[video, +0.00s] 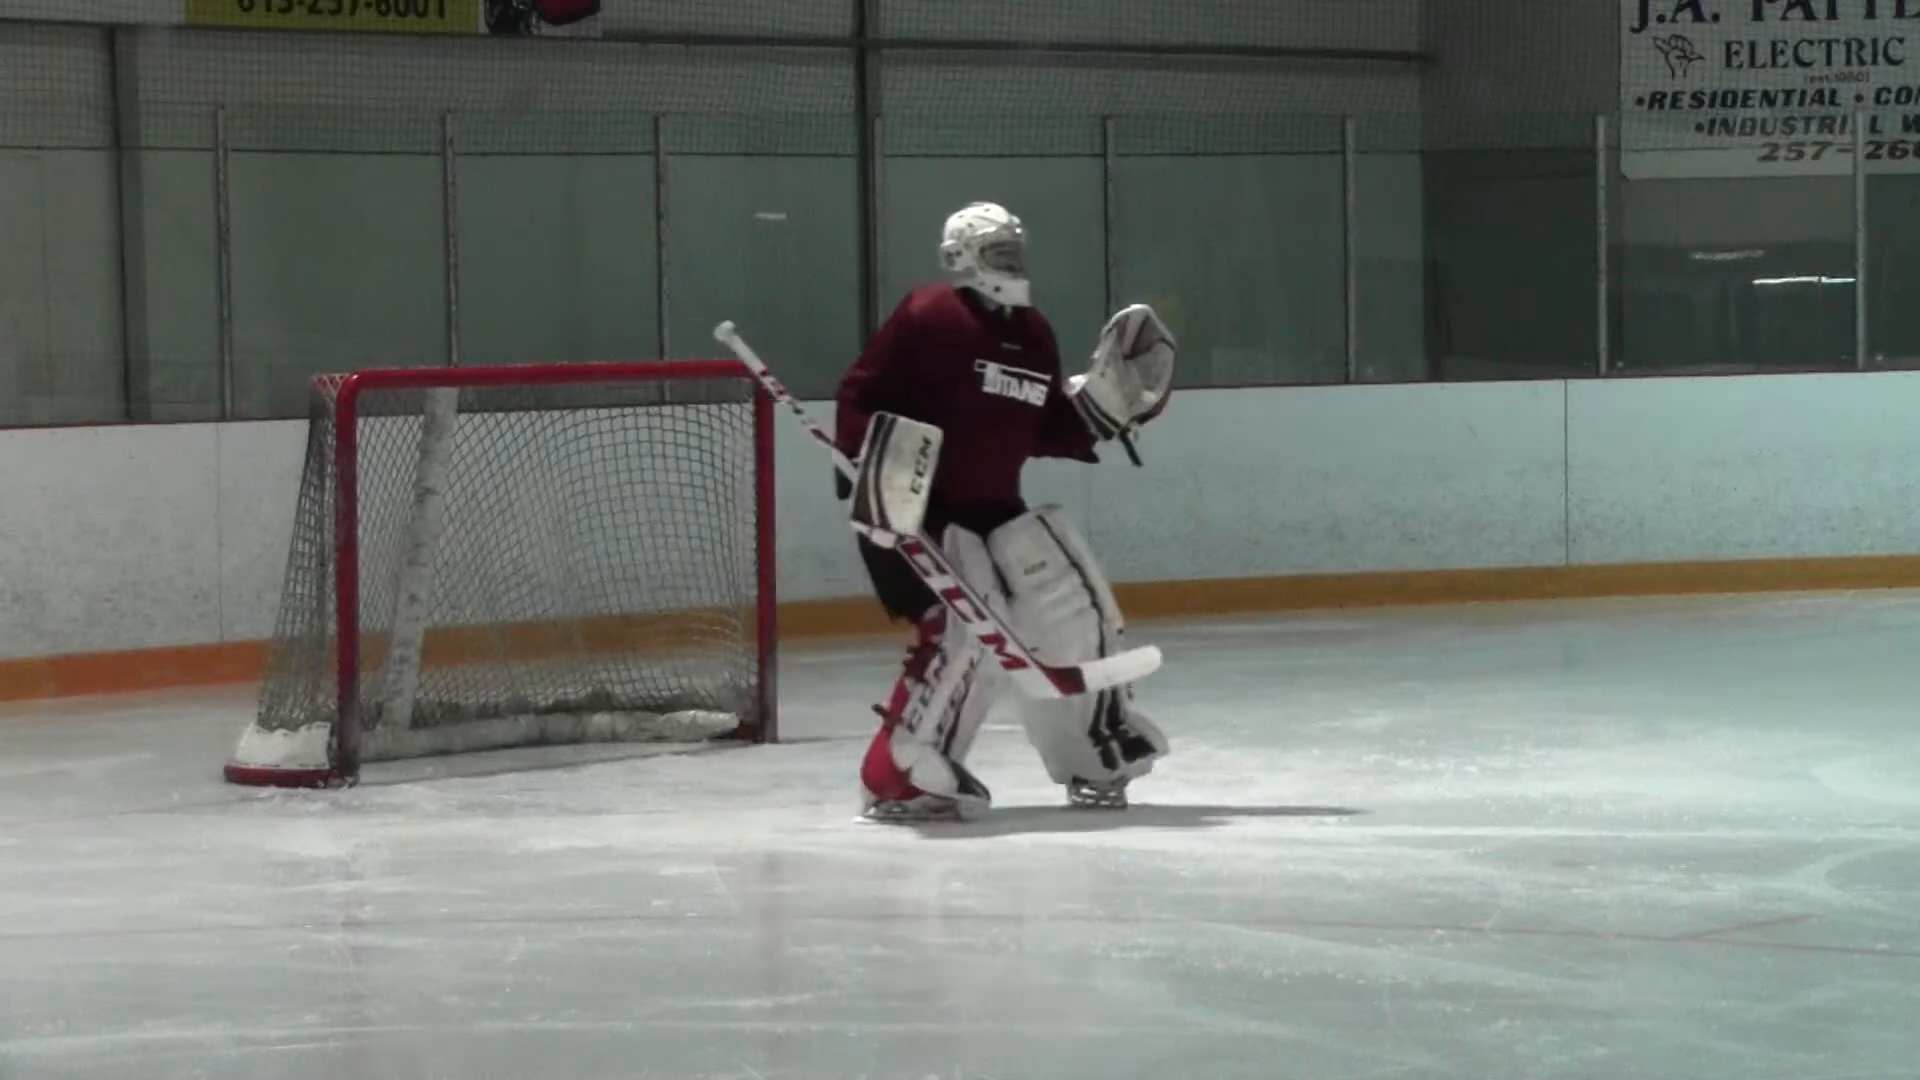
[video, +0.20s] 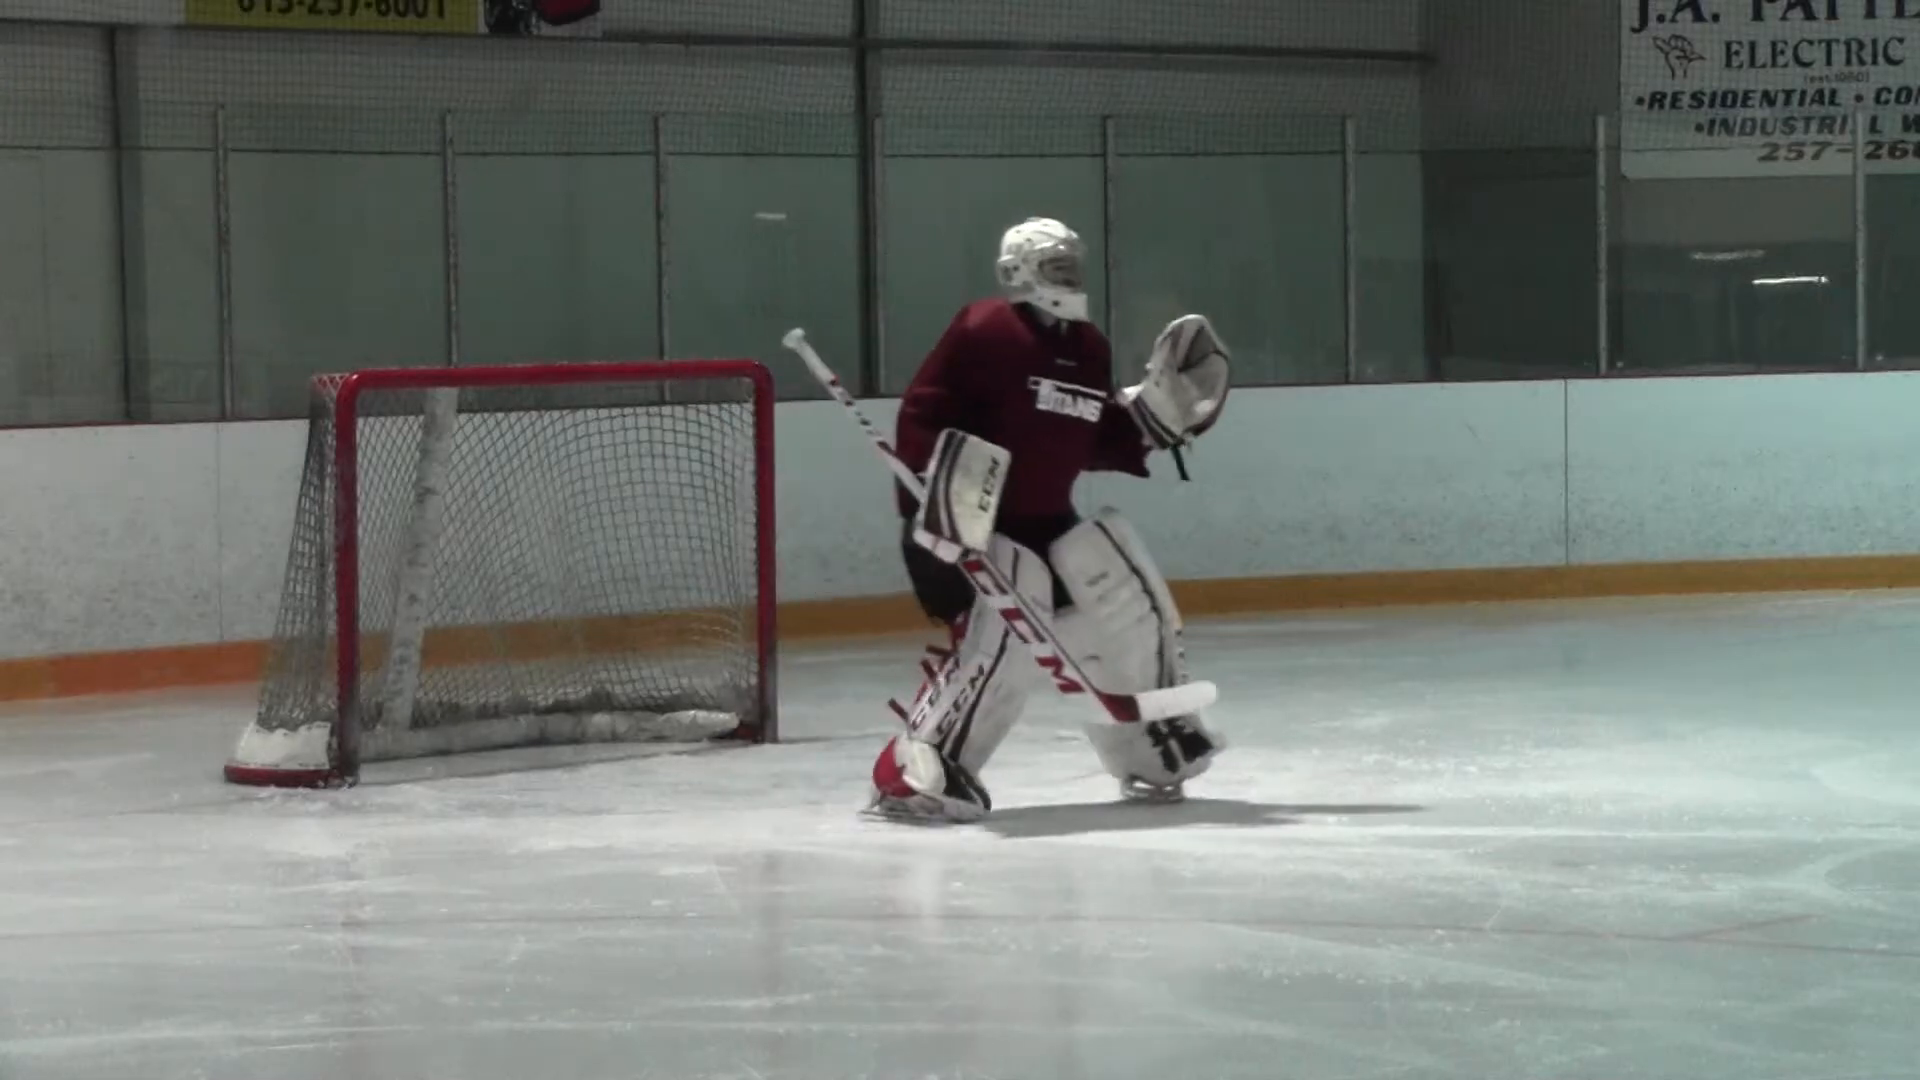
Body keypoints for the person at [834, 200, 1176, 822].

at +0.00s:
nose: (1011, 266)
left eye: (1015, 254)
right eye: (996, 256)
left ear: (1021, 255)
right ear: (962, 261)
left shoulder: (1034, 333)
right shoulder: (929, 316)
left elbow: (1043, 429)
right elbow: (858, 395)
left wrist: (1107, 405)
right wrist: (873, 478)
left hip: (1002, 514)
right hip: (930, 513)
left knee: (1060, 624)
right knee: (963, 636)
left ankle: (1091, 756)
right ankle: (904, 770)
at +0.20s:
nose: (1068, 276)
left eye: (1072, 266)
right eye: (1053, 267)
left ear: (1078, 270)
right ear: (1018, 274)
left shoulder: (1088, 347)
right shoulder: (984, 330)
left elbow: (1088, 439)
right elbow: (918, 422)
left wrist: (1155, 420)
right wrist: (936, 520)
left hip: (1055, 530)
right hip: (981, 529)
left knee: (1121, 621)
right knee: (1000, 647)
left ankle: (1148, 759)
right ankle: (920, 772)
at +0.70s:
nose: (1184, 298)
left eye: (1188, 288)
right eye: (1170, 288)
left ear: (1194, 291)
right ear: (1135, 293)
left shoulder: (1190, 367)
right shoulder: (1103, 344)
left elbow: (1183, 456)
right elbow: (1027, 420)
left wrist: (1250, 442)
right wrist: (1077, 474)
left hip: (1133, 523)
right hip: (1049, 517)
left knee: (1199, 610)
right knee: (1108, 627)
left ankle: (1237, 736)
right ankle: (1043, 758)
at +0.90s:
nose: (1207, 311)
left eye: (1210, 299)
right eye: (1194, 301)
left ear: (1213, 301)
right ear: (1159, 306)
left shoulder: (1208, 377)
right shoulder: (1131, 356)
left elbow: (1199, 464)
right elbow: (1055, 432)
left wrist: (1264, 448)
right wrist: (1106, 483)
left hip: (1155, 540)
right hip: (1072, 534)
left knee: (1228, 609)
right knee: (1125, 634)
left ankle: (1223, 745)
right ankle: (1047, 762)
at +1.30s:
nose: (1227, 321)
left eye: (1228, 310)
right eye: (1214, 312)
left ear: (1225, 315)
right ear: (1182, 318)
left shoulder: (1215, 385)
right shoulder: (1157, 363)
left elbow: (1207, 470)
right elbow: (1088, 428)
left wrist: (1267, 462)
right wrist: (1136, 492)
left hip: (1161, 528)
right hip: (1086, 520)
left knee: (1233, 608)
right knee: (1151, 636)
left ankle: (1224, 739)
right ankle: (1054, 753)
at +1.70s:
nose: (1231, 331)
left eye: (1231, 320)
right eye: (1219, 322)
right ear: (1187, 328)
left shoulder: (1204, 391)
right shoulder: (1160, 368)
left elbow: (1202, 486)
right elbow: (1088, 432)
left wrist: (1253, 465)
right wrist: (1136, 496)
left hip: (1108, 506)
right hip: (1059, 498)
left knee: (1209, 593)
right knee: (1149, 618)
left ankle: (1175, 728)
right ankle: (1043, 738)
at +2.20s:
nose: (1192, 385)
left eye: (1192, 373)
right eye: (1181, 374)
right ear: (1150, 378)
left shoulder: (1148, 423)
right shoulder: (1128, 415)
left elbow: (1165, 511)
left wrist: (1201, 504)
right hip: (1012, 538)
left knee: (1130, 651)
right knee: (1117, 655)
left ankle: (1080, 734)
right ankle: (1010, 727)